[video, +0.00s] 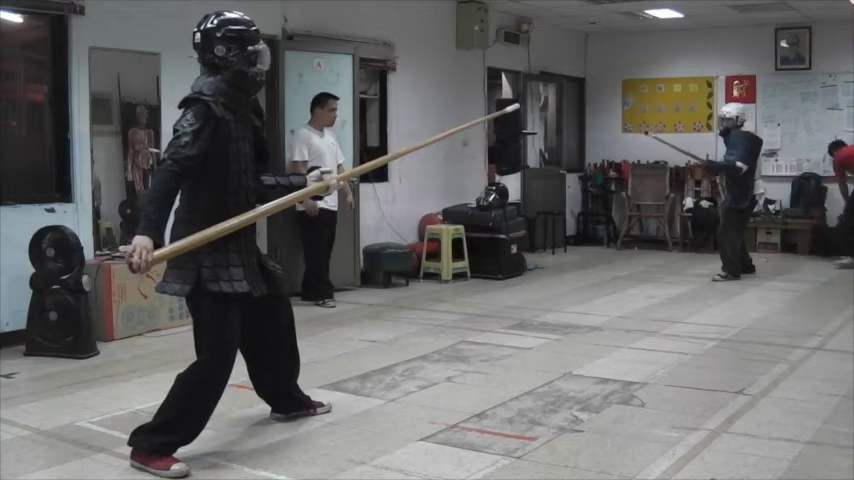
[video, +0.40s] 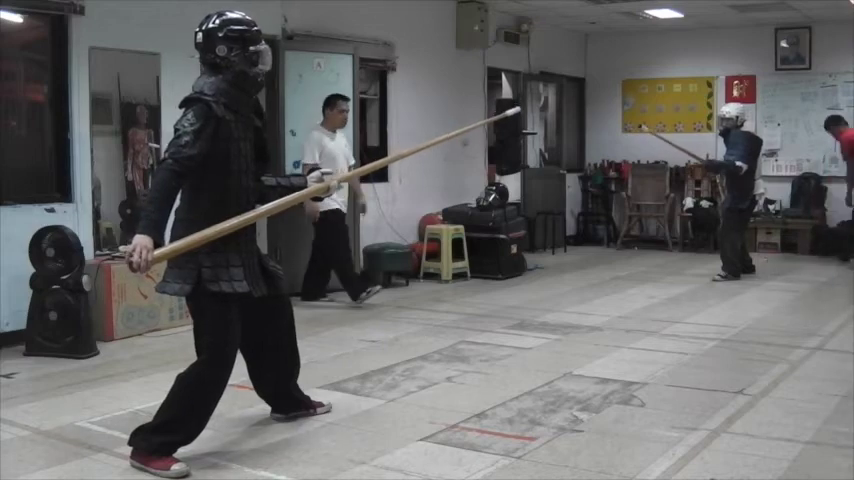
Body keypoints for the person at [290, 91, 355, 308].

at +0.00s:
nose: (336, 115)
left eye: (336, 110)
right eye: (332, 110)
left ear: (324, 112)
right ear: (318, 111)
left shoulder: (330, 136)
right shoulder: (302, 134)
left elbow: (339, 168)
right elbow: (298, 169)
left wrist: (348, 191)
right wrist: (305, 196)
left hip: (330, 202)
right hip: (312, 202)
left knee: (324, 249)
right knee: (316, 250)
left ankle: (313, 290)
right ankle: (321, 292)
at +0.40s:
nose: (346, 116)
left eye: (347, 112)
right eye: (342, 112)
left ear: (343, 114)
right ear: (328, 112)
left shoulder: (341, 138)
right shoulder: (315, 137)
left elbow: (350, 170)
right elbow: (309, 172)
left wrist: (360, 196)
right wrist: (309, 201)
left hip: (339, 202)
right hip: (324, 203)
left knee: (323, 249)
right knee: (339, 247)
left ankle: (312, 291)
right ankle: (356, 289)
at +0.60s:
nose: (362, 121)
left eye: (364, 117)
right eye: (358, 116)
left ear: (362, 119)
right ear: (344, 117)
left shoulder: (356, 141)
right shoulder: (331, 142)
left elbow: (367, 169)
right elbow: (327, 178)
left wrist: (384, 190)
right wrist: (323, 210)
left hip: (352, 207)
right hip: (338, 207)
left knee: (330, 252)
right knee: (355, 252)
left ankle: (312, 291)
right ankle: (369, 298)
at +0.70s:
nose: (373, 123)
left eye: (374, 119)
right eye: (369, 118)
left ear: (361, 120)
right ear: (355, 118)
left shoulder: (365, 142)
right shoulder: (343, 143)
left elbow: (383, 166)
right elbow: (339, 182)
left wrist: (406, 181)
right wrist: (339, 216)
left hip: (354, 207)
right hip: (344, 209)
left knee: (336, 254)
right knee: (362, 250)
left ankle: (315, 288)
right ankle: (371, 298)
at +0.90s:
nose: (382, 128)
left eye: (383, 123)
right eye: (379, 123)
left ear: (372, 124)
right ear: (365, 122)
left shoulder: (373, 143)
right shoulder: (355, 145)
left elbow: (397, 154)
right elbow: (365, 183)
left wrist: (404, 133)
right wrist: (381, 215)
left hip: (352, 205)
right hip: (346, 206)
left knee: (340, 252)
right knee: (369, 248)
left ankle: (323, 288)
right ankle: (372, 298)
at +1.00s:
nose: (383, 129)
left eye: (383, 125)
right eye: (379, 124)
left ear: (372, 124)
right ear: (364, 123)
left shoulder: (375, 144)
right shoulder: (352, 145)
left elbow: (396, 161)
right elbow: (378, 171)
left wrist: (404, 152)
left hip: (359, 206)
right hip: (345, 206)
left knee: (340, 250)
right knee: (370, 245)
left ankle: (323, 287)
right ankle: (371, 298)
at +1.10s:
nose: (381, 130)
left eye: (382, 126)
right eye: (377, 125)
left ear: (368, 127)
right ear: (362, 124)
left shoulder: (371, 150)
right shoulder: (351, 145)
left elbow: (389, 165)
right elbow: (381, 148)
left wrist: (405, 178)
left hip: (356, 208)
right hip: (345, 208)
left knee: (338, 251)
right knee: (371, 246)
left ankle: (322, 288)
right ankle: (372, 299)